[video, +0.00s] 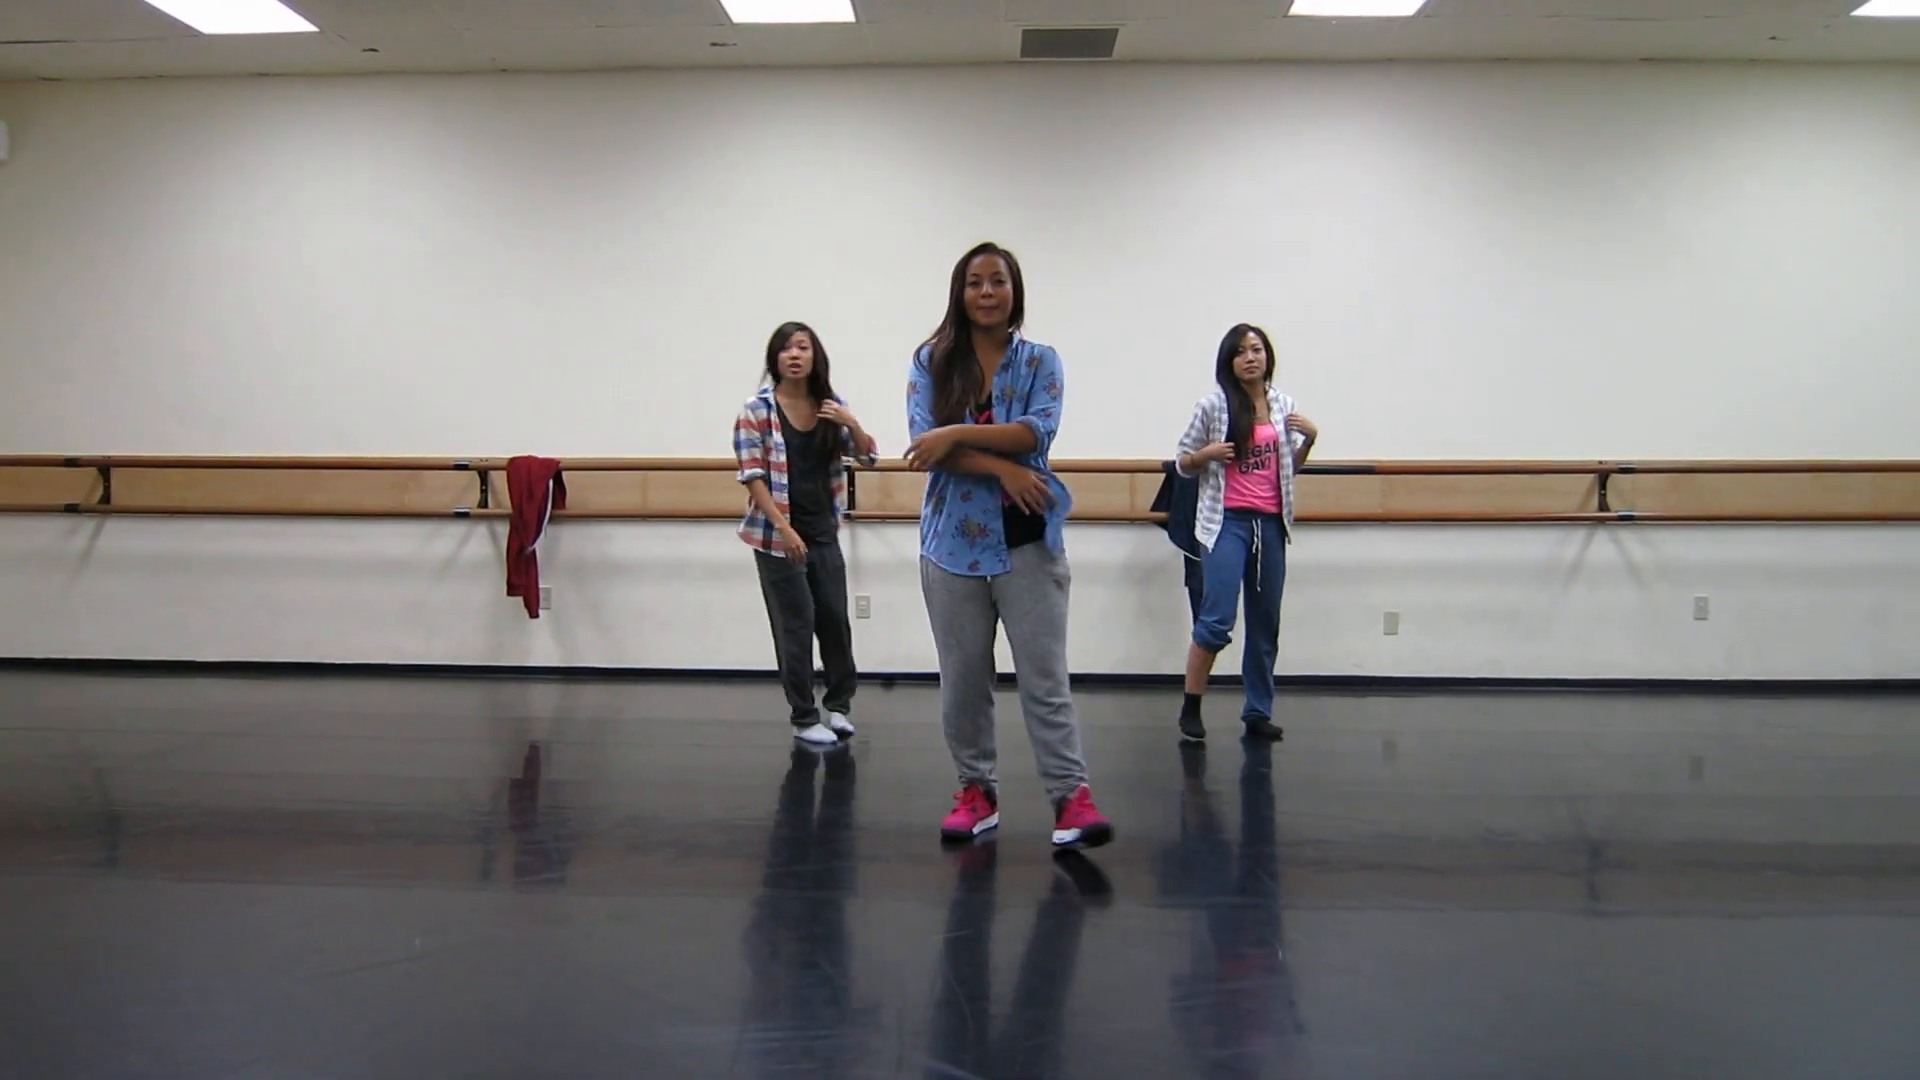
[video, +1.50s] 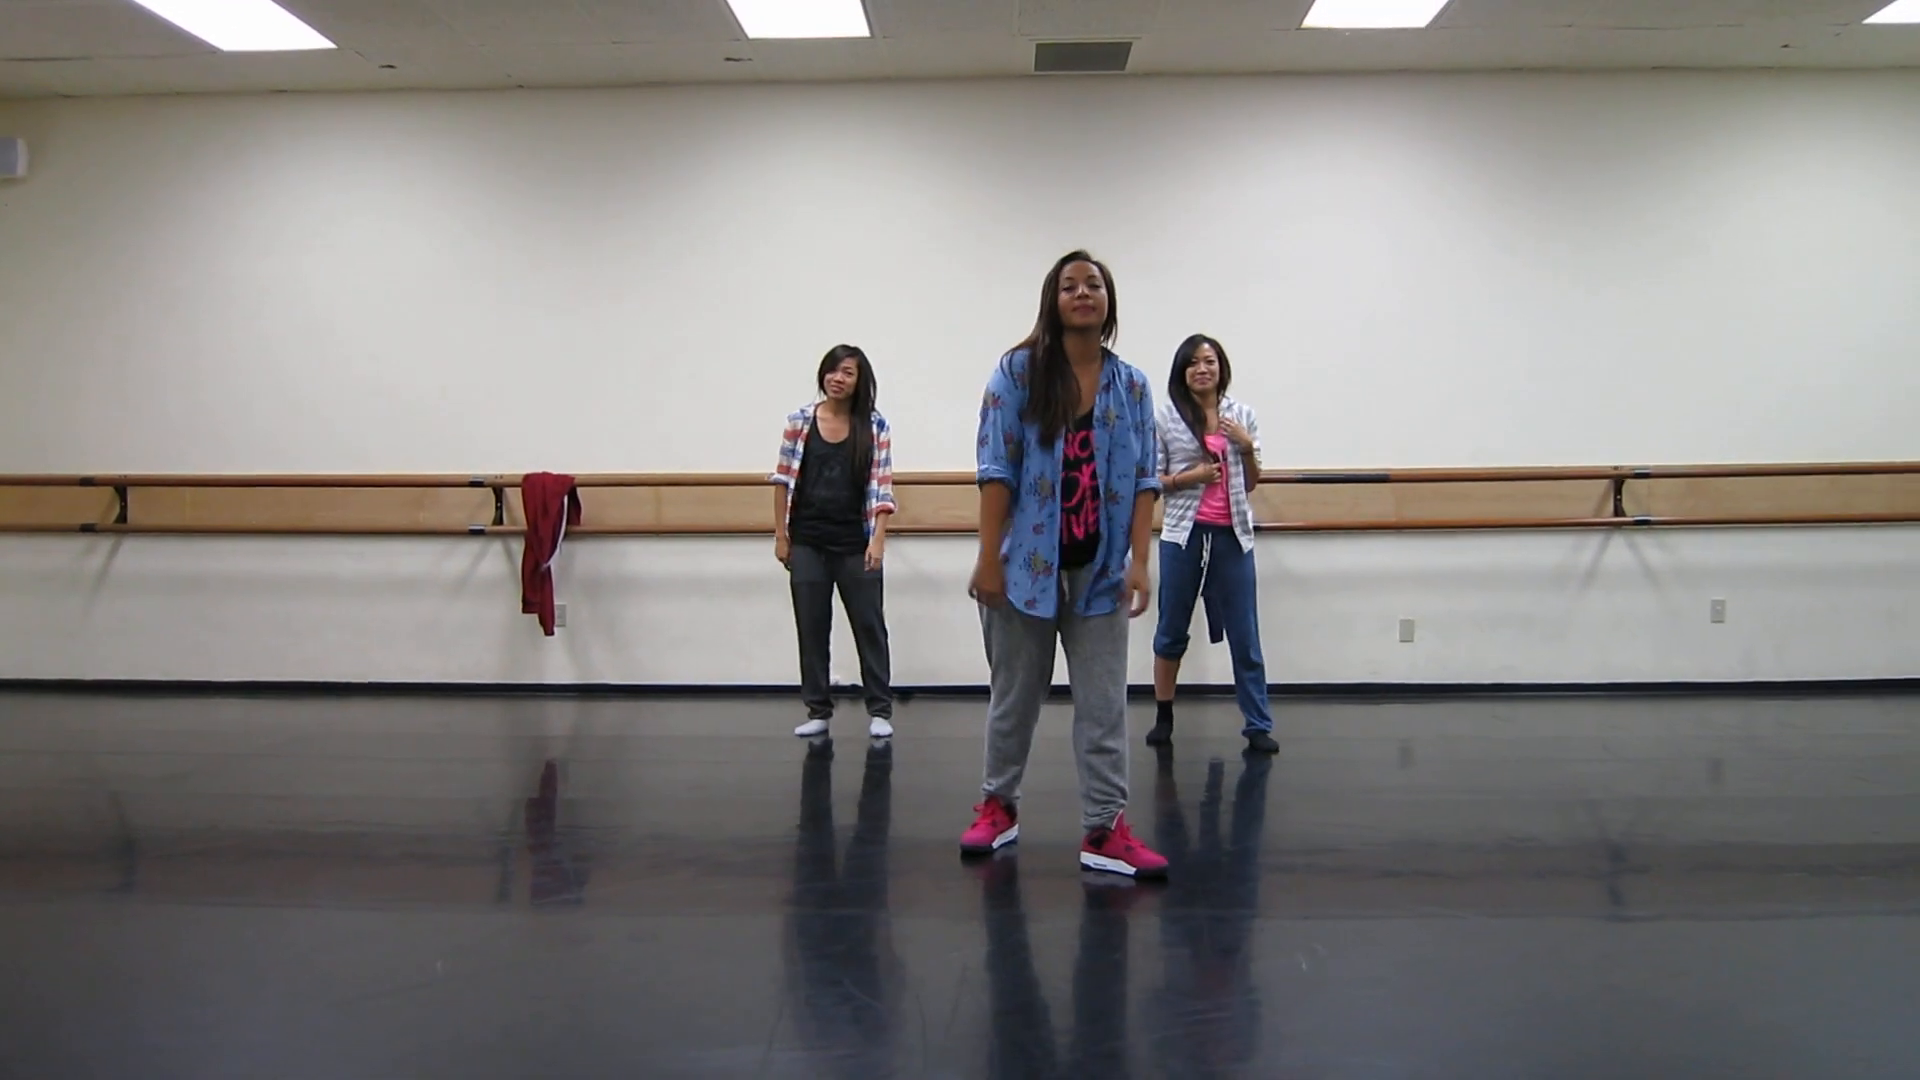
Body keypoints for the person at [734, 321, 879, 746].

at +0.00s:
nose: (795, 354)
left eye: (803, 347)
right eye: (787, 348)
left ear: (816, 357)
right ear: (774, 357)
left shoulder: (831, 408)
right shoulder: (756, 412)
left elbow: (867, 455)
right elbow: (753, 478)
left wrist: (850, 422)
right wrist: (782, 528)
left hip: (824, 536)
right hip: (778, 538)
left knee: (835, 622)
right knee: (795, 628)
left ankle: (838, 706)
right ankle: (805, 718)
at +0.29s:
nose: (846, 359)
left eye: (855, 354)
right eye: (839, 352)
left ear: (869, 363)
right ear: (827, 358)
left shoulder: (885, 409)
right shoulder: (806, 406)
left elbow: (915, 466)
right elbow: (778, 464)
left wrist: (896, 440)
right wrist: (778, 521)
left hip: (870, 539)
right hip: (817, 537)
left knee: (868, 628)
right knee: (821, 621)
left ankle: (866, 709)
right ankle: (822, 713)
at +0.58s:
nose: (852, 360)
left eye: (862, 355)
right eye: (846, 352)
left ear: (875, 364)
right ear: (835, 359)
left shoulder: (890, 410)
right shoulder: (814, 408)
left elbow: (909, 473)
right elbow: (800, 471)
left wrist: (897, 514)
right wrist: (795, 526)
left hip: (873, 539)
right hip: (821, 537)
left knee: (870, 627)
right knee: (813, 618)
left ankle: (869, 709)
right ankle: (828, 687)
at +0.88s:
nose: (843, 368)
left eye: (853, 364)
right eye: (838, 360)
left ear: (865, 373)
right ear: (826, 366)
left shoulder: (880, 419)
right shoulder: (804, 416)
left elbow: (901, 477)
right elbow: (791, 473)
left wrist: (910, 529)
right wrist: (789, 525)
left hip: (866, 540)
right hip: (815, 541)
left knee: (869, 625)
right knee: (824, 628)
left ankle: (871, 711)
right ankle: (833, 704)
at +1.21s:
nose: (835, 372)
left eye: (845, 368)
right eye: (830, 365)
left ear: (857, 377)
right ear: (819, 371)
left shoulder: (873, 422)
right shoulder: (797, 418)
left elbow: (885, 484)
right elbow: (781, 477)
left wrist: (889, 538)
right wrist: (776, 528)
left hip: (858, 540)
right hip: (809, 542)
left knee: (865, 618)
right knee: (820, 629)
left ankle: (883, 700)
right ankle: (831, 708)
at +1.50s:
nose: (839, 377)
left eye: (848, 373)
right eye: (834, 370)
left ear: (860, 382)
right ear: (822, 374)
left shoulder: (874, 426)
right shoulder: (800, 421)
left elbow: (883, 485)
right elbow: (782, 480)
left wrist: (879, 537)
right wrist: (781, 533)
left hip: (857, 544)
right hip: (807, 544)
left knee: (870, 630)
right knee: (811, 631)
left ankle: (880, 712)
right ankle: (818, 713)